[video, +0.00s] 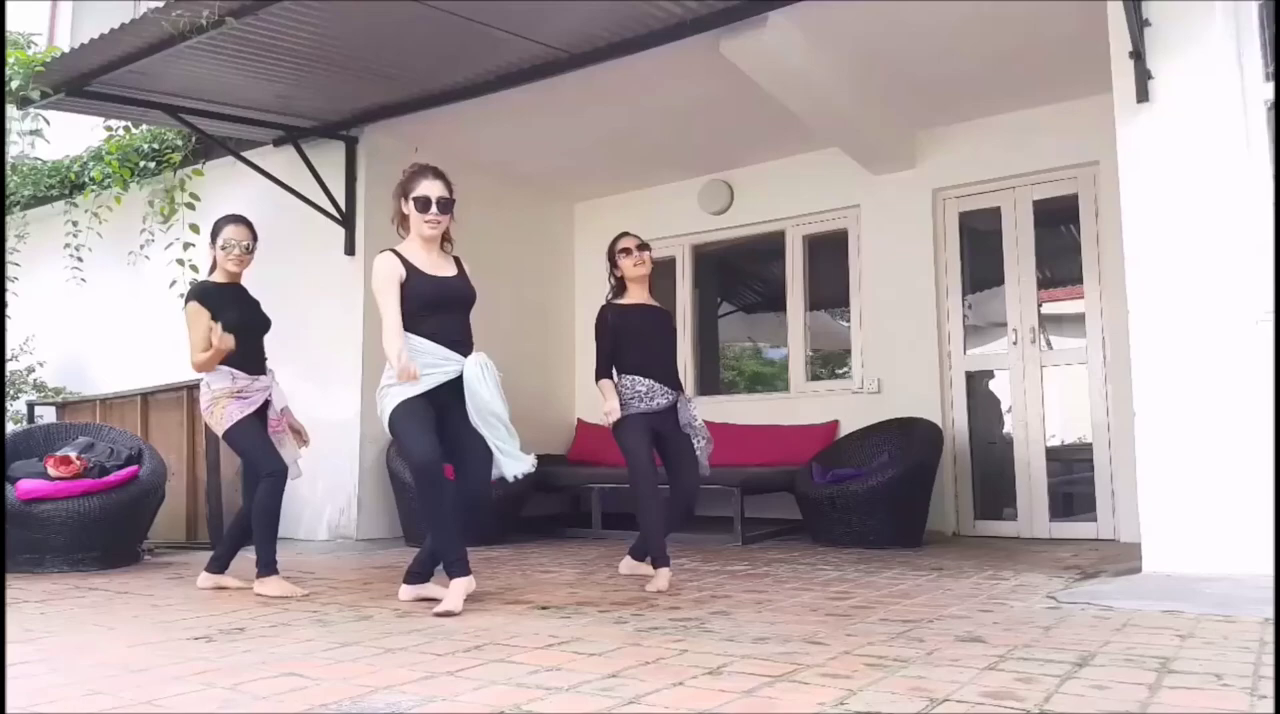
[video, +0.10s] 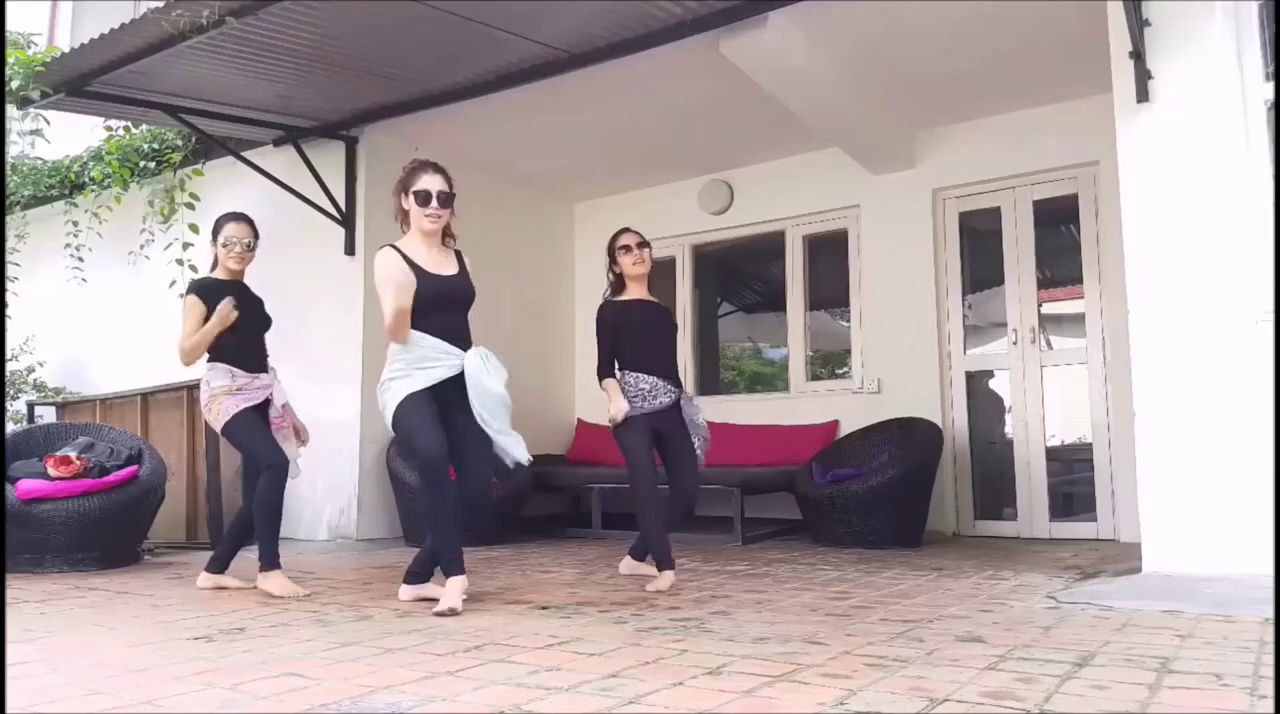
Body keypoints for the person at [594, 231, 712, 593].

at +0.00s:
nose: (637, 256)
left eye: (641, 249)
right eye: (626, 253)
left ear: (651, 257)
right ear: (616, 267)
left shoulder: (664, 314)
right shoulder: (610, 312)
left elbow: (671, 369)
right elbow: (602, 369)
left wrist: (688, 411)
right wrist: (612, 400)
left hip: (669, 408)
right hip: (630, 410)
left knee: (688, 487)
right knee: (645, 480)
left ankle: (636, 556)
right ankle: (662, 566)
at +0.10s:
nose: (637, 254)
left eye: (641, 247)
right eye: (626, 250)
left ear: (651, 255)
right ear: (615, 264)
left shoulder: (664, 311)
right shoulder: (610, 309)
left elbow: (671, 367)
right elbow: (604, 367)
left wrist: (686, 407)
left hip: (669, 407)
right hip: (631, 408)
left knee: (687, 489)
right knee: (645, 483)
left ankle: (636, 556)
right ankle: (666, 568)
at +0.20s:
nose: (637, 244)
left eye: (642, 237)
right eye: (627, 240)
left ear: (651, 245)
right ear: (615, 252)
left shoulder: (665, 298)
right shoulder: (610, 295)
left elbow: (670, 351)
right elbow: (607, 357)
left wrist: (682, 389)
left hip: (671, 391)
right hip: (635, 390)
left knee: (680, 479)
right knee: (660, 460)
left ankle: (635, 554)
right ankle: (651, 558)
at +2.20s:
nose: (642, 257)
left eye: (645, 251)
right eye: (631, 255)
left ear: (654, 260)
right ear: (619, 270)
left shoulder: (666, 315)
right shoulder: (612, 313)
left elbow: (670, 371)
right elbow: (602, 369)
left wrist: (682, 414)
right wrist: (611, 375)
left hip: (665, 409)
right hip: (627, 408)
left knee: (689, 490)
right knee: (643, 477)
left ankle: (636, 555)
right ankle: (651, 562)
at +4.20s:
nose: (641, 265)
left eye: (650, 259)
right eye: (634, 258)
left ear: (659, 267)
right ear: (624, 266)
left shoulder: (673, 307)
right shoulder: (622, 314)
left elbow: (692, 361)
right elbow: (619, 374)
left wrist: (716, 410)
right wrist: (581, 374)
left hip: (660, 398)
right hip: (622, 395)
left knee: (653, 480)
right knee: (586, 465)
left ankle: (658, 555)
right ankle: (614, 547)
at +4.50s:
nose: (655, 261)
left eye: (663, 255)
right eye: (648, 254)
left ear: (676, 261)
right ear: (641, 261)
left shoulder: (688, 302)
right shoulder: (645, 303)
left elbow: (711, 355)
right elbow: (635, 350)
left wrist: (738, 400)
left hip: (651, 400)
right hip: (618, 396)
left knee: (659, 487)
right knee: (605, 478)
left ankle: (714, 546)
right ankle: (614, 555)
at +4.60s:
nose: (666, 253)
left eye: (675, 247)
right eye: (660, 247)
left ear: (689, 254)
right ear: (654, 254)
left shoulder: (699, 296)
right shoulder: (658, 298)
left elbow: (719, 353)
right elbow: (645, 344)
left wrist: (744, 400)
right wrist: (630, 375)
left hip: (662, 394)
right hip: (627, 394)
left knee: (689, 476)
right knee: (614, 476)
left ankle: (741, 543)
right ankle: (615, 555)